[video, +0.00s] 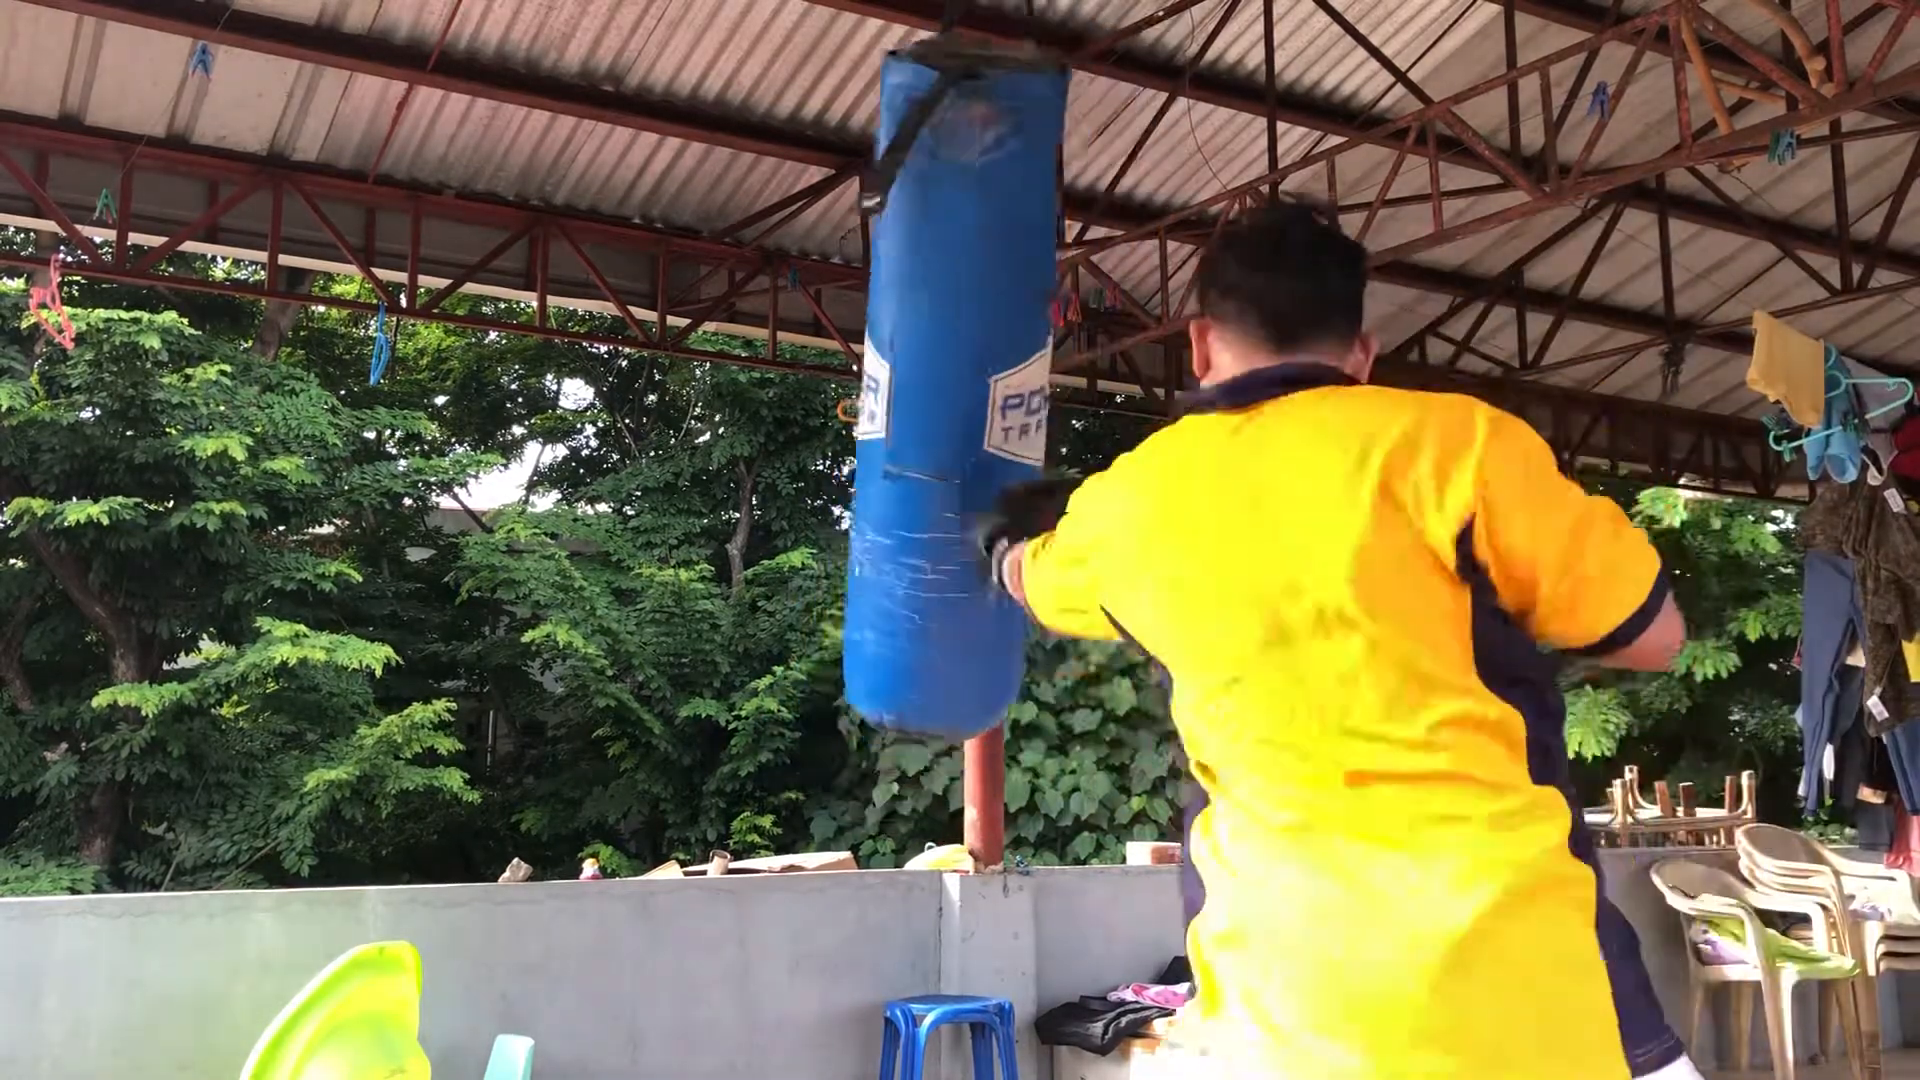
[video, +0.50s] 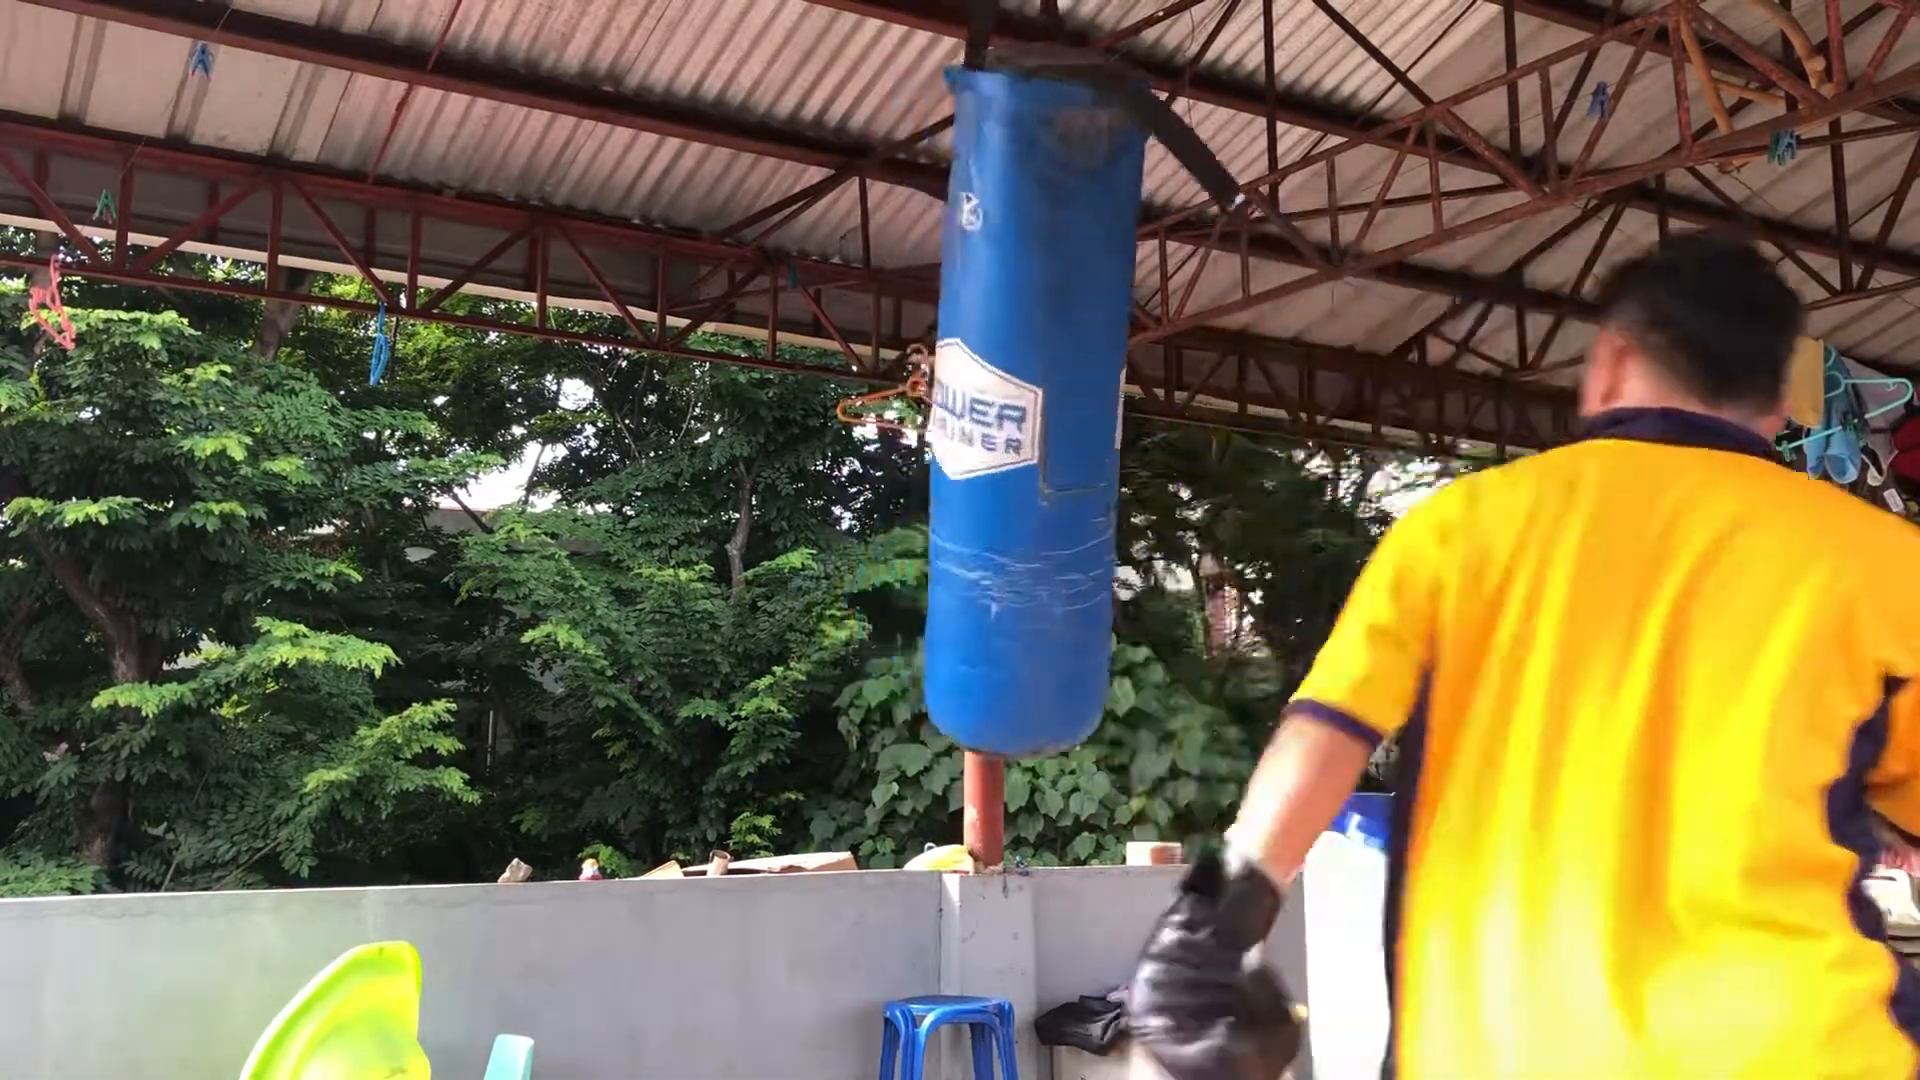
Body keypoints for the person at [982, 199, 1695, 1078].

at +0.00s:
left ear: (1198, 347)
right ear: (1361, 353)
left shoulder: (1134, 497)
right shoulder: (1461, 439)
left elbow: (1043, 583)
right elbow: (1654, 635)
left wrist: (1009, 546)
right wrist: (1500, 623)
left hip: (1280, 995)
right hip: (1509, 972)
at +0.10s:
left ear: (1212, 342)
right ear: (1373, 351)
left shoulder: (1124, 495)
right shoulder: (1479, 438)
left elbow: (1061, 670)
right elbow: (1634, 663)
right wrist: (1484, 609)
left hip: (1269, 1005)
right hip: (1517, 991)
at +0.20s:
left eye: (1245, 341)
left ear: (1254, 340)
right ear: (1420, 355)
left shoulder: (1156, 494)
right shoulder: (1522, 450)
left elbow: (1113, 764)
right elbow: (1640, 698)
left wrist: (1202, 805)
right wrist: (1500, 624)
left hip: (1298, 1019)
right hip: (1548, 1007)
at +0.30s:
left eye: (1318, 354)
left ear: (1329, 351)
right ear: (1497, 383)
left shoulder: (1213, 506)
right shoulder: (1594, 487)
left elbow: (1183, 781)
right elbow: (1692, 746)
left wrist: (1213, 997)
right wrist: (1557, 649)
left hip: (1309, 1030)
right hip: (1580, 1020)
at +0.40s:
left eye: (1430, 366)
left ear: (1447, 364)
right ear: (1616, 405)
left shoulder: (1311, 519)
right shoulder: (1712, 530)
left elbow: (1254, 782)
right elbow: (1791, 811)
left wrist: (1178, 999)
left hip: (1367, 1043)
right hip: (1662, 1040)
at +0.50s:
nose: (1578, 394)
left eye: (1582, 368)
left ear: (1609, 363)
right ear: (1775, 414)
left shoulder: (1462, 521)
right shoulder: (1882, 556)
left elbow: (1329, 726)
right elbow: (1906, 821)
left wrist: (1214, 920)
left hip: (1486, 1048)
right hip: (1795, 1049)